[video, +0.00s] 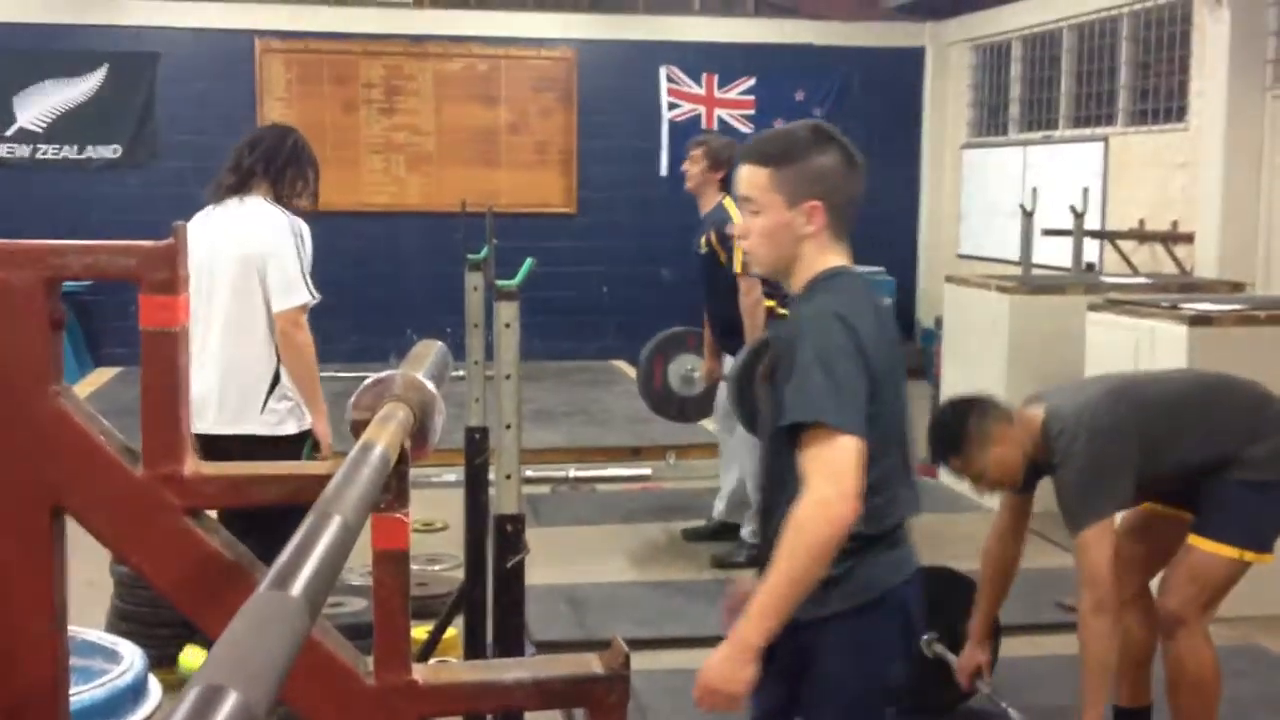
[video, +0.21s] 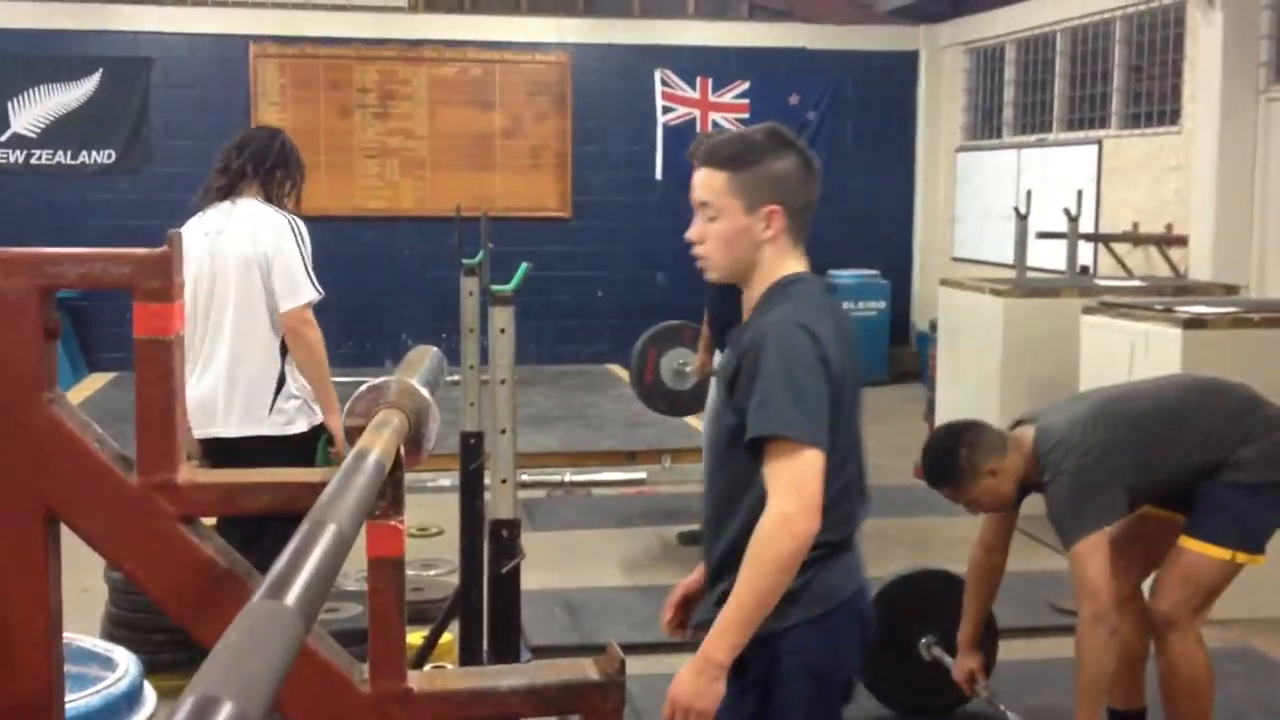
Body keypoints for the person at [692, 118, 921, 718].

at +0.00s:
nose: (739, 228)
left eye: (752, 210)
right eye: (741, 210)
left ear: (809, 217)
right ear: (812, 220)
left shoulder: (822, 322)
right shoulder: (854, 302)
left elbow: (833, 498)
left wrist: (743, 646)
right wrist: (773, 582)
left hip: (839, 616)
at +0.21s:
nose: (692, 232)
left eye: (708, 213)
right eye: (695, 213)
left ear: (768, 222)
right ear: (768, 223)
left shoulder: (784, 330)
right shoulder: (797, 309)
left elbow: (795, 513)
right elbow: (779, 481)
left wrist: (711, 661)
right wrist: (716, 570)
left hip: (790, 636)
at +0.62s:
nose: (607, 262)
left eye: (631, 244)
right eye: (602, 243)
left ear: (688, 252)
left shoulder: (706, 358)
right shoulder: (658, 347)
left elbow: (728, 538)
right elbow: (656, 523)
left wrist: (663, 691)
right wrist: (611, 657)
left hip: (678, 673)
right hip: (635, 662)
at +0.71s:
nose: (590, 263)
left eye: (614, 243)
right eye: (582, 243)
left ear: (669, 254)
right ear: (572, 246)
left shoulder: (677, 361)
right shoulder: (621, 355)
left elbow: (703, 534)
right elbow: (622, 521)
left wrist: (643, 693)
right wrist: (584, 661)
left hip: (642, 680)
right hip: (597, 666)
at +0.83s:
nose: (549, 266)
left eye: (572, 245)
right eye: (538, 246)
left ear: (621, 256)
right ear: (526, 254)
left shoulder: (631, 363)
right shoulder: (569, 360)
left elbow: (663, 535)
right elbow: (550, 518)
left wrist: (596, 680)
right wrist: (501, 622)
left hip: (589, 671)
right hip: (542, 662)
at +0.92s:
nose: (498, 273)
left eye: (520, 252)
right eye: (488, 256)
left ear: (576, 255)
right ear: (480, 261)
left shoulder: (597, 361)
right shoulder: (530, 361)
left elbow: (640, 533)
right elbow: (503, 514)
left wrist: (561, 675)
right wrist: (442, 625)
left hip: (567, 657)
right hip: (510, 644)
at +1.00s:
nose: (439, 288)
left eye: (457, 264)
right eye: (433, 269)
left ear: (520, 258)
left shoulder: (558, 359)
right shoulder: (491, 359)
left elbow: (616, 525)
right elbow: (462, 499)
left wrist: (520, 658)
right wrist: (390, 618)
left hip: (540, 670)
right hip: (476, 655)